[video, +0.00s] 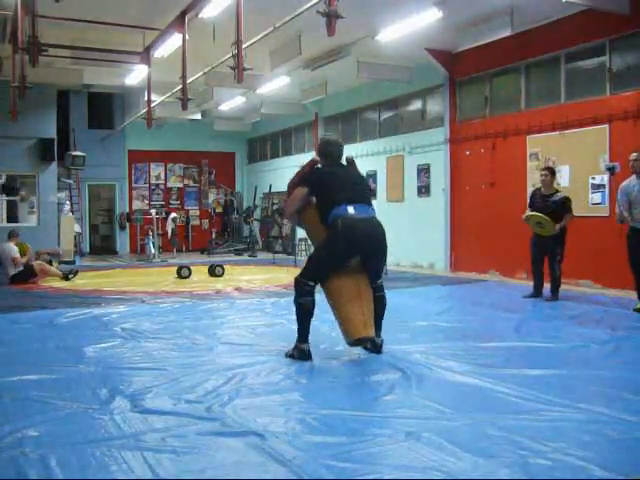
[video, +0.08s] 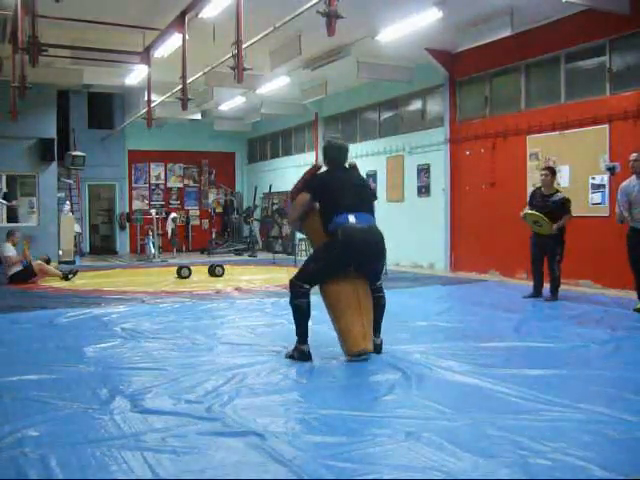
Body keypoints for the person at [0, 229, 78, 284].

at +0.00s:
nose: (18, 240)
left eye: (18, 238)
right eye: (18, 238)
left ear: (9, 237)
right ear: (15, 238)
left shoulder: (5, 246)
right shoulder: (11, 247)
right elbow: (18, 262)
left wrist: (25, 257)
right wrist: (27, 256)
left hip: (11, 275)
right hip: (14, 276)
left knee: (40, 266)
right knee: (40, 265)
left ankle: (63, 274)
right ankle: (63, 275)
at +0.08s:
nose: (18, 240)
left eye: (18, 238)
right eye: (16, 238)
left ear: (12, 238)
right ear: (11, 238)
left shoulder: (10, 247)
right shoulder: (7, 247)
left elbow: (13, 261)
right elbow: (9, 261)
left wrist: (24, 257)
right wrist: (22, 258)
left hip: (18, 273)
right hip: (14, 276)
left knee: (40, 265)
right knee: (39, 265)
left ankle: (63, 274)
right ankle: (63, 275)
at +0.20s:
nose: (15, 240)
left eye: (16, 238)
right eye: (14, 238)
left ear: (15, 238)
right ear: (8, 237)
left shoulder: (16, 247)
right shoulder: (4, 247)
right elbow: (4, 260)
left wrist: (26, 255)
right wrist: (17, 256)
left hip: (21, 272)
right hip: (13, 275)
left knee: (44, 269)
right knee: (38, 264)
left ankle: (63, 275)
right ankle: (62, 275)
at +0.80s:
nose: (19, 239)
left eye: (18, 237)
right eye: (17, 237)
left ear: (11, 237)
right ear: (12, 237)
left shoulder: (10, 246)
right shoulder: (9, 246)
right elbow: (14, 261)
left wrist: (24, 255)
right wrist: (25, 256)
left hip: (18, 275)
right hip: (15, 276)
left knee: (42, 267)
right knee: (38, 264)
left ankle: (64, 274)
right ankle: (62, 275)